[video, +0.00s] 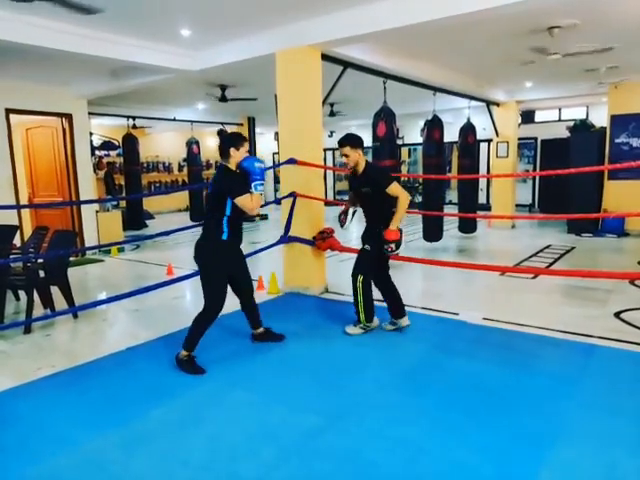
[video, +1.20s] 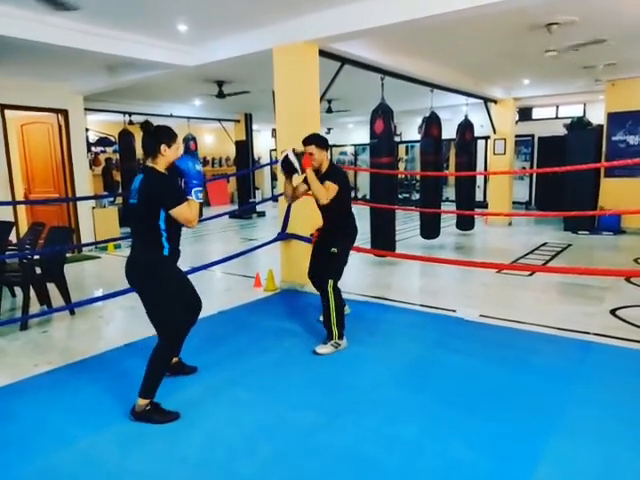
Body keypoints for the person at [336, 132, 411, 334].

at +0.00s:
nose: (344, 161)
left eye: (347, 156)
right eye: (342, 157)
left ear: (359, 152)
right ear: (346, 155)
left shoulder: (375, 173)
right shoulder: (354, 176)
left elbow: (404, 196)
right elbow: (357, 197)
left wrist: (394, 227)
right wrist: (348, 207)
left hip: (381, 230)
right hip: (372, 229)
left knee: (360, 275)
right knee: (380, 275)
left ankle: (366, 321)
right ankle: (399, 316)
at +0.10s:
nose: (338, 168)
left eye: (342, 164)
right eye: (337, 164)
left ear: (355, 161)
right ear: (338, 163)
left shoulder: (370, 182)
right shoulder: (348, 182)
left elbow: (394, 210)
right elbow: (349, 205)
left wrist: (374, 234)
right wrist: (343, 225)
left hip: (376, 234)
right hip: (363, 231)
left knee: (356, 278)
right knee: (359, 276)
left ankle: (366, 323)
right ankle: (389, 305)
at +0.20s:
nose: (335, 172)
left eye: (339, 167)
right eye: (334, 167)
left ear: (352, 164)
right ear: (335, 166)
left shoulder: (364, 187)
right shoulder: (343, 185)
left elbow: (380, 220)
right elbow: (344, 210)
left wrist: (351, 233)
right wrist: (338, 230)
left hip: (371, 237)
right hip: (357, 235)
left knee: (354, 279)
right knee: (342, 270)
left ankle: (366, 324)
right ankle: (372, 299)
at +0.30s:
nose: (332, 162)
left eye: (335, 157)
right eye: (329, 158)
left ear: (347, 155)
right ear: (329, 157)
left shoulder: (359, 177)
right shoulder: (337, 177)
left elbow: (372, 211)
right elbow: (339, 204)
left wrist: (343, 217)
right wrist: (331, 219)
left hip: (362, 233)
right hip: (345, 231)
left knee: (353, 277)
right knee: (338, 269)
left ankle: (366, 323)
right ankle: (352, 306)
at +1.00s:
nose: (310, 165)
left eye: (314, 160)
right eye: (308, 161)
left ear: (327, 160)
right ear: (308, 162)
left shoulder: (340, 183)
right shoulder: (313, 186)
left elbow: (355, 214)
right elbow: (309, 210)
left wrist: (328, 221)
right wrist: (304, 220)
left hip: (343, 232)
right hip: (324, 233)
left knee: (331, 280)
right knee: (324, 276)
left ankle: (336, 339)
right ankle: (333, 307)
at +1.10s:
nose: (309, 164)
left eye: (312, 159)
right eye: (307, 160)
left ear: (326, 157)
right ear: (309, 161)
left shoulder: (339, 180)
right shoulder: (312, 183)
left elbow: (341, 214)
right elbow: (303, 212)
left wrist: (311, 204)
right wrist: (295, 203)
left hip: (344, 233)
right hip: (326, 231)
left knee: (327, 281)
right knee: (318, 275)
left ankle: (336, 339)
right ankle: (336, 304)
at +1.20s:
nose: (309, 158)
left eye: (311, 153)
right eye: (307, 155)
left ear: (324, 152)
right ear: (309, 155)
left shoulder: (337, 174)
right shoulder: (316, 175)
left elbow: (324, 198)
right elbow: (291, 197)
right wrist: (287, 175)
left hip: (343, 231)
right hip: (327, 229)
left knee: (328, 281)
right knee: (315, 274)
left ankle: (337, 338)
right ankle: (338, 307)